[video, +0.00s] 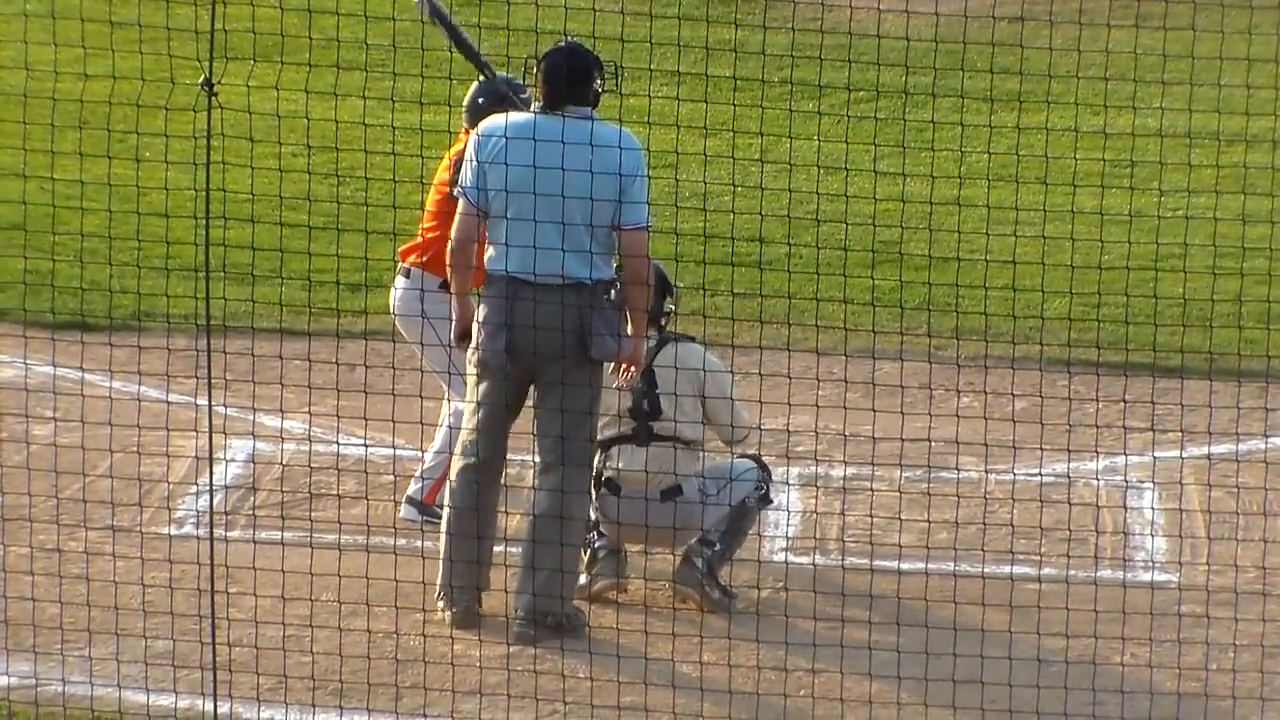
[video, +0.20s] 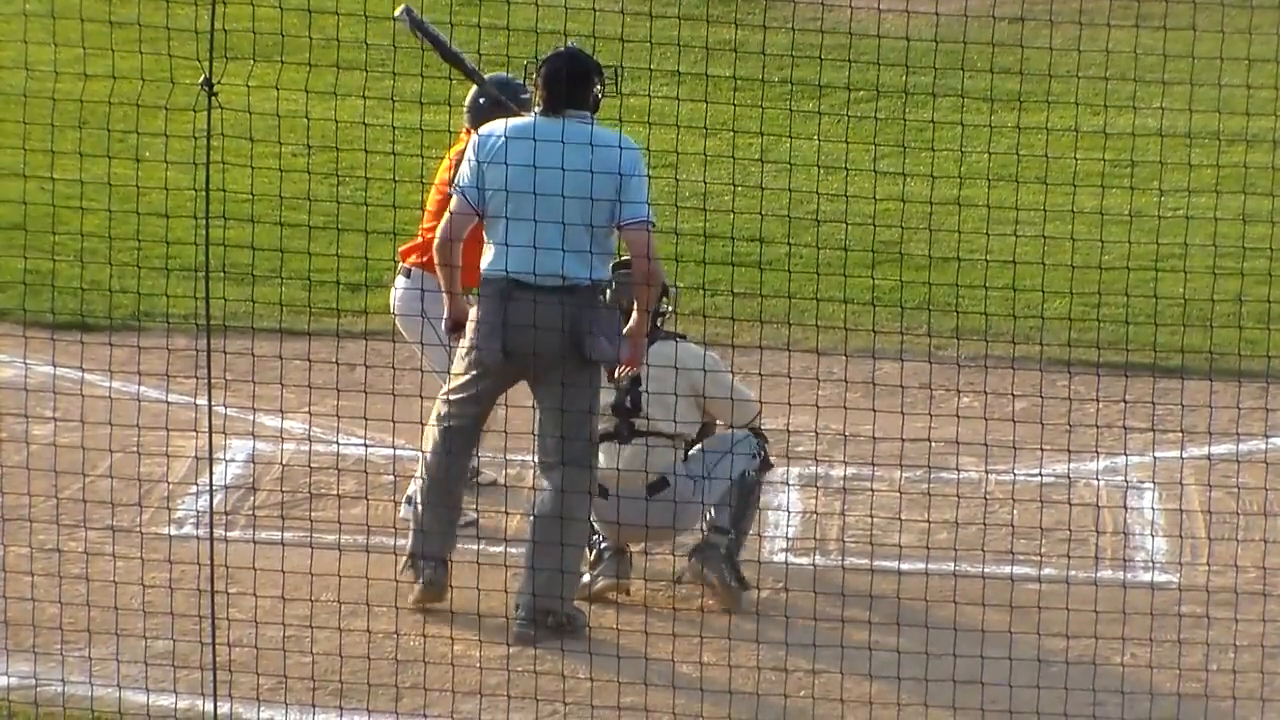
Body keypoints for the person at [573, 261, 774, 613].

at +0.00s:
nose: (663, 306)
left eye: (632, 298)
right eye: (663, 300)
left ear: (614, 305)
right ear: (662, 307)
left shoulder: (599, 356)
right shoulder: (691, 356)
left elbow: (579, 433)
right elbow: (736, 432)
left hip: (611, 510)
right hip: (676, 512)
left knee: (579, 461)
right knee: (755, 474)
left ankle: (603, 554)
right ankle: (701, 563)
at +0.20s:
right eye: (659, 298)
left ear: (605, 309)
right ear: (658, 308)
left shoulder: (592, 358)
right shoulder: (686, 357)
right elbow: (746, 413)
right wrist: (702, 424)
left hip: (601, 511)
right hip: (663, 511)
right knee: (749, 444)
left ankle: (608, 555)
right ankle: (718, 551)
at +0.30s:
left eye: (623, 302)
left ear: (614, 308)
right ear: (666, 307)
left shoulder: (593, 355)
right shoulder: (686, 357)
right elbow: (750, 413)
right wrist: (697, 441)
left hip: (591, 506)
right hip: (657, 506)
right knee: (751, 452)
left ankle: (607, 557)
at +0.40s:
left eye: (629, 302)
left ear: (621, 311)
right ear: (675, 312)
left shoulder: (599, 361)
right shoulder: (691, 363)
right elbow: (757, 422)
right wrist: (715, 435)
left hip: (592, 508)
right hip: (653, 510)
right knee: (751, 468)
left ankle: (604, 563)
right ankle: (774, 588)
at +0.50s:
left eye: (637, 299)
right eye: (691, 306)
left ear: (636, 310)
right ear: (687, 315)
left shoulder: (604, 361)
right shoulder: (703, 365)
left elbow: (593, 429)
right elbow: (769, 428)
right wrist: (701, 450)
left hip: (594, 504)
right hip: (660, 510)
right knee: (759, 464)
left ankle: (605, 561)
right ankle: (775, 584)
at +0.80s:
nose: (730, 323)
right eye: (727, 316)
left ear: (672, 319)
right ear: (722, 324)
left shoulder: (639, 363)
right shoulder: (734, 372)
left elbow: (613, 418)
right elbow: (795, 432)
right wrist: (745, 447)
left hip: (629, 504)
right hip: (691, 508)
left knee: (610, 450)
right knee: (779, 462)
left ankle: (605, 570)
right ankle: (776, 580)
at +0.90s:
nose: (736, 328)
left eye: (733, 319)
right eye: (734, 320)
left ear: (678, 322)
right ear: (728, 327)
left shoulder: (644, 365)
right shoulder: (739, 376)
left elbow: (623, 426)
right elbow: (802, 435)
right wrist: (746, 444)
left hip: (632, 504)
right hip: (694, 509)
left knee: (624, 450)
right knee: (781, 462)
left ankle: (607, 569)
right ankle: (778, 582)